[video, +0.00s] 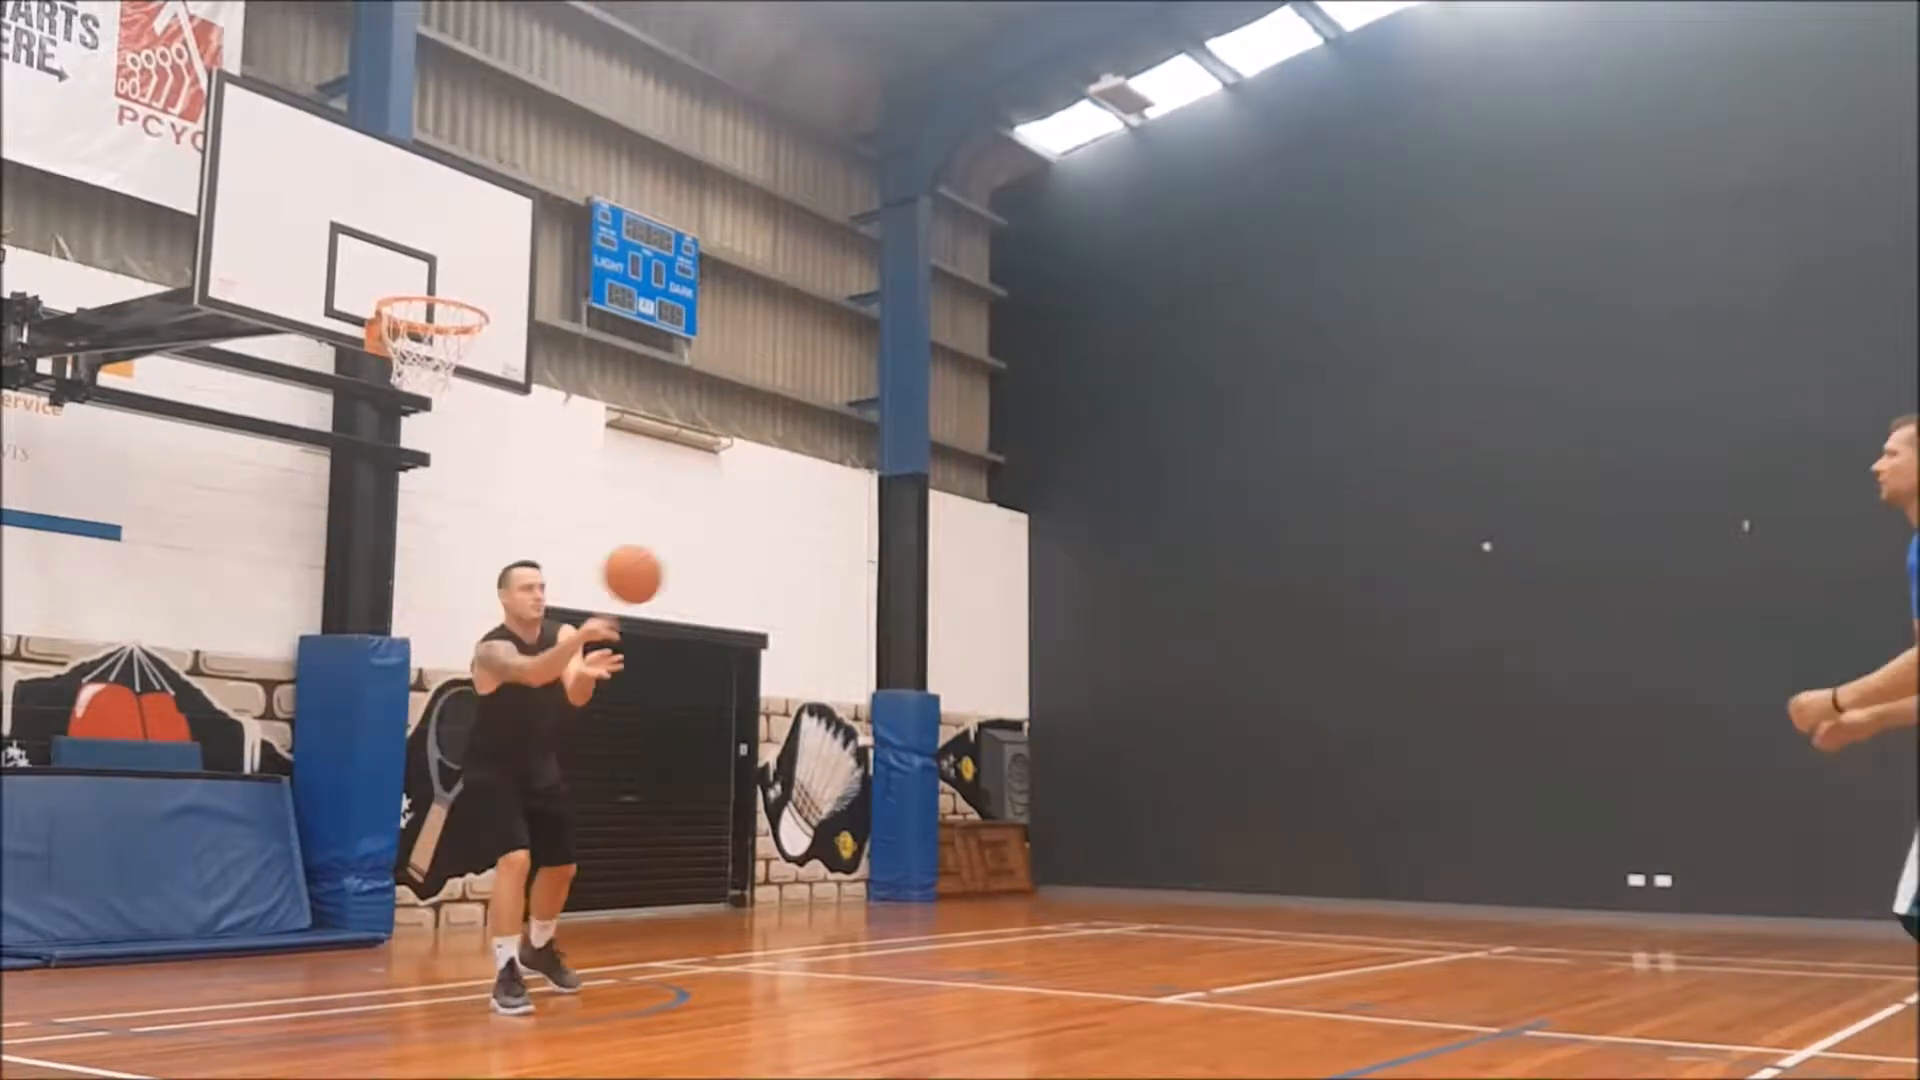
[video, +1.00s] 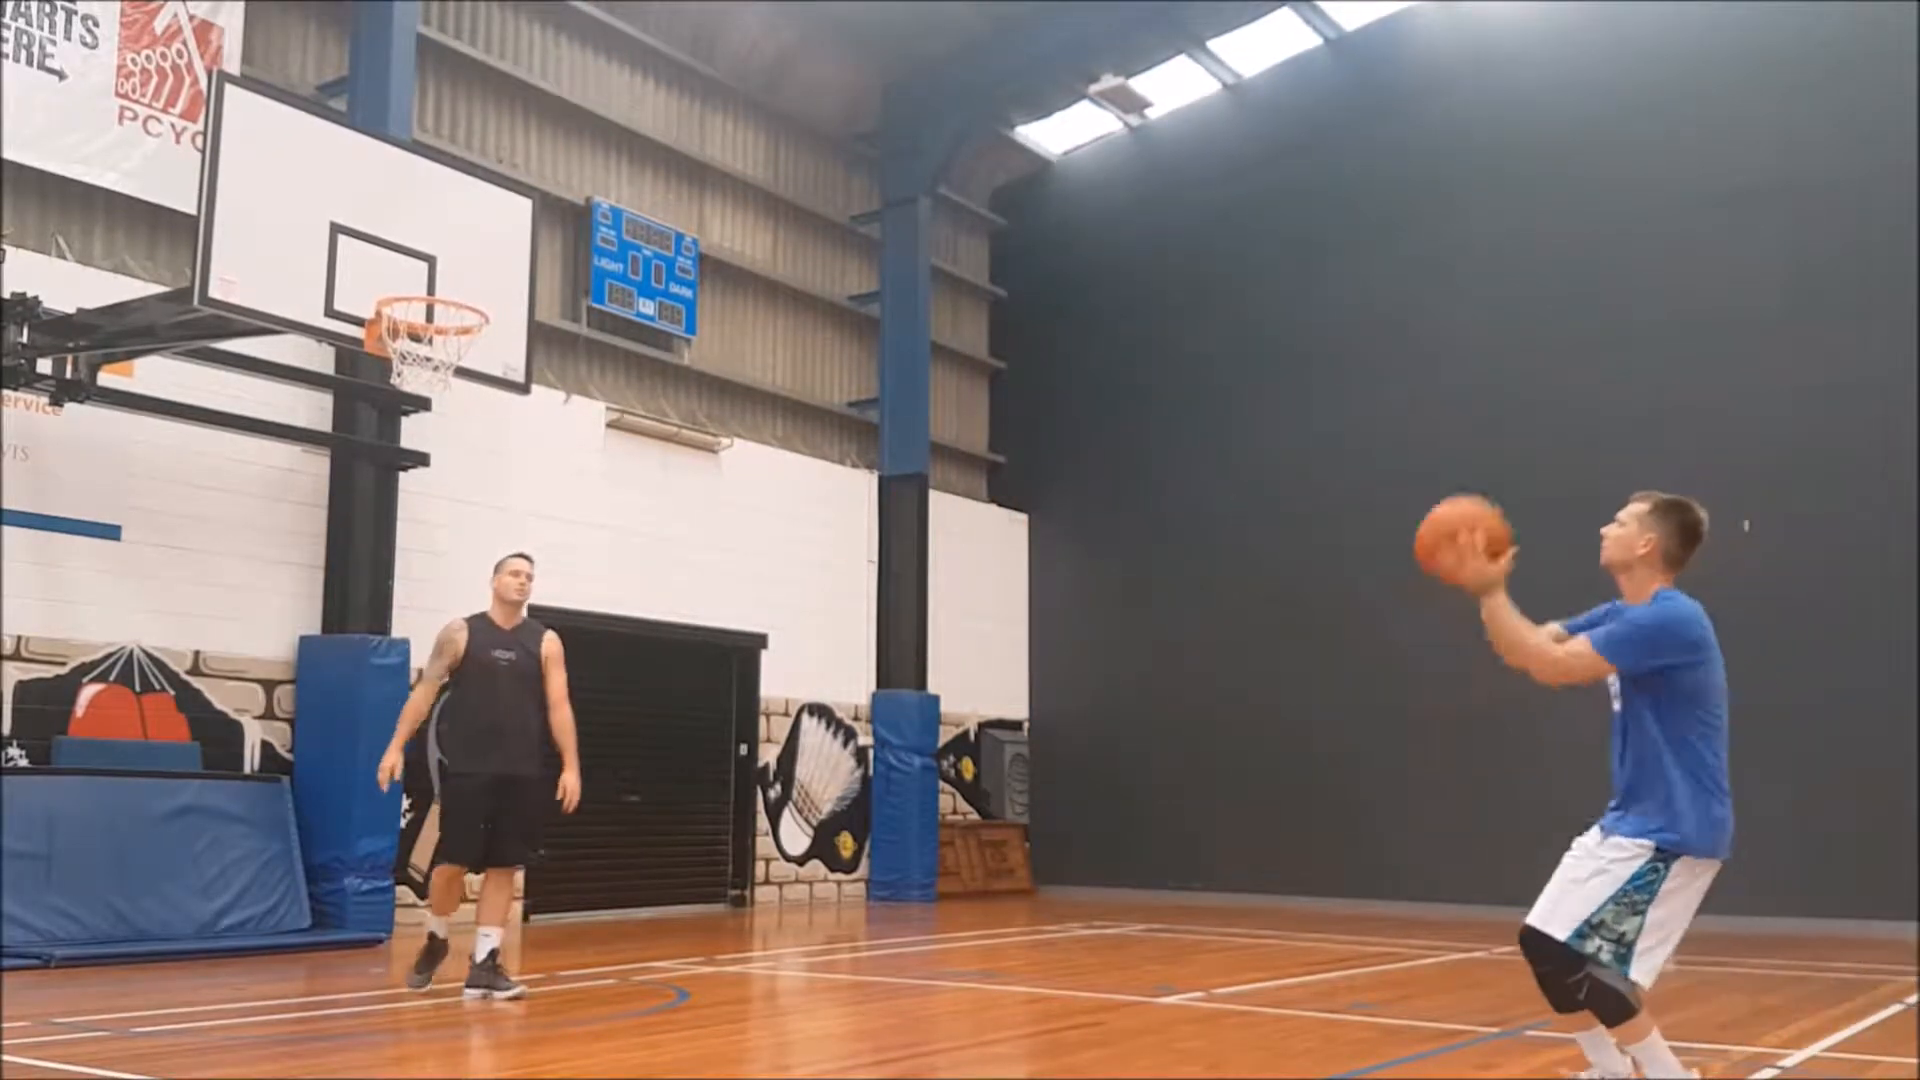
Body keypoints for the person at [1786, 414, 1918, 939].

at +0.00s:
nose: (1879, 463)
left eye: (1893, 452)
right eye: (1884, 451)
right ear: (1908, 464)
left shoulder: (1918, 551)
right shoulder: (1915, 551)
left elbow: (1918, 658)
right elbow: (1919, 678)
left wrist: (1837, 699)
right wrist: (1874, 719)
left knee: (1912, 907)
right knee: (1912, 908)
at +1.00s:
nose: (1603, 530)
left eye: (1616, 522)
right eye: (1611, 520)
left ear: (1646, 543)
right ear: (1644, 545)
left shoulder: (1672, 619)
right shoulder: (1623, 614)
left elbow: (1555, 665)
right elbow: (1525, 649)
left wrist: (1490, 591)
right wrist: (1486, 587)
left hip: (1677, 830)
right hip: (1630, 818)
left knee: (1584, 960)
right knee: (1544, 940)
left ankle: (1668, 1072)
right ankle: (1611, 1070)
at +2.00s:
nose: (1628, 445)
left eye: (1644, 439)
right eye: (1639, 436)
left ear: (1669, 464)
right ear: (1665, 466)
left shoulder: (1673, 540)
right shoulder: (1629, 520)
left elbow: (1562, 603)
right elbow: (1570, 470)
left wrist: (1482, 551)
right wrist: (1523, 403)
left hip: (1642, 763)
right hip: (1588, 748)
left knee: (1631, 915)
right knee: (1500, 863)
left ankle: (1654, 1069)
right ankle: (1457, 1021)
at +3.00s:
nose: (1717, 472)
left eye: (1728, 461)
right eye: (1722, 461)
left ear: (1762, 474)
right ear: (1767, 478)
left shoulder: (1771, 544)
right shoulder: (1792, 543)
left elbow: (1773, 654)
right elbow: (1744, 670)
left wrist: (1710, 741)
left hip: (1792, 759)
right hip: (1818, 759)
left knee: (1725, 904)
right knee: (1788, 918)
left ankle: (1772, 1066)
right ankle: (1810, 1065)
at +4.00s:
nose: (1841, 479)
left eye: (1852, 466)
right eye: (1845, 466)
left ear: (1890, 473)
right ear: (1894, 476)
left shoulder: (1897, 548)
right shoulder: (1902, 546)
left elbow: (1842, 654)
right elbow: (1846, 652)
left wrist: (1732, 639)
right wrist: (1755, 629)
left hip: (1911, 765)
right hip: (1909, 761)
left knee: (1846, 895)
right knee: (1851, 897)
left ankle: (1916, 1017)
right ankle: (1913, 1017)